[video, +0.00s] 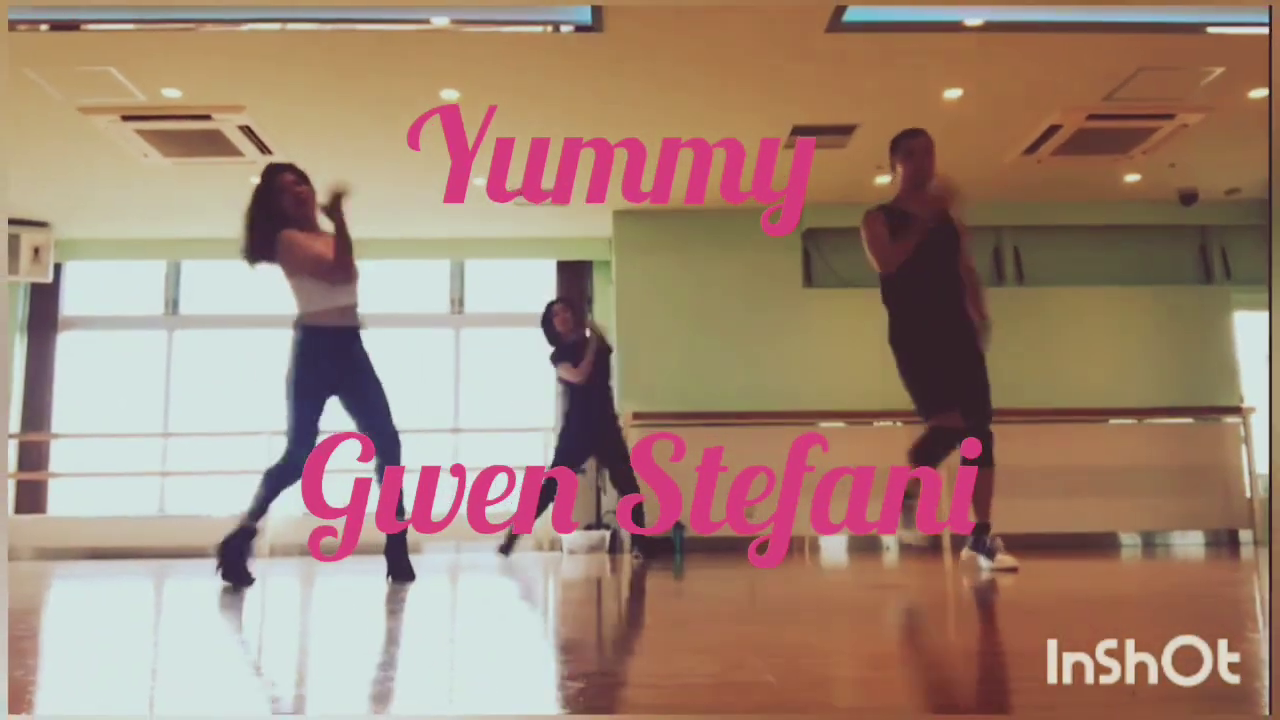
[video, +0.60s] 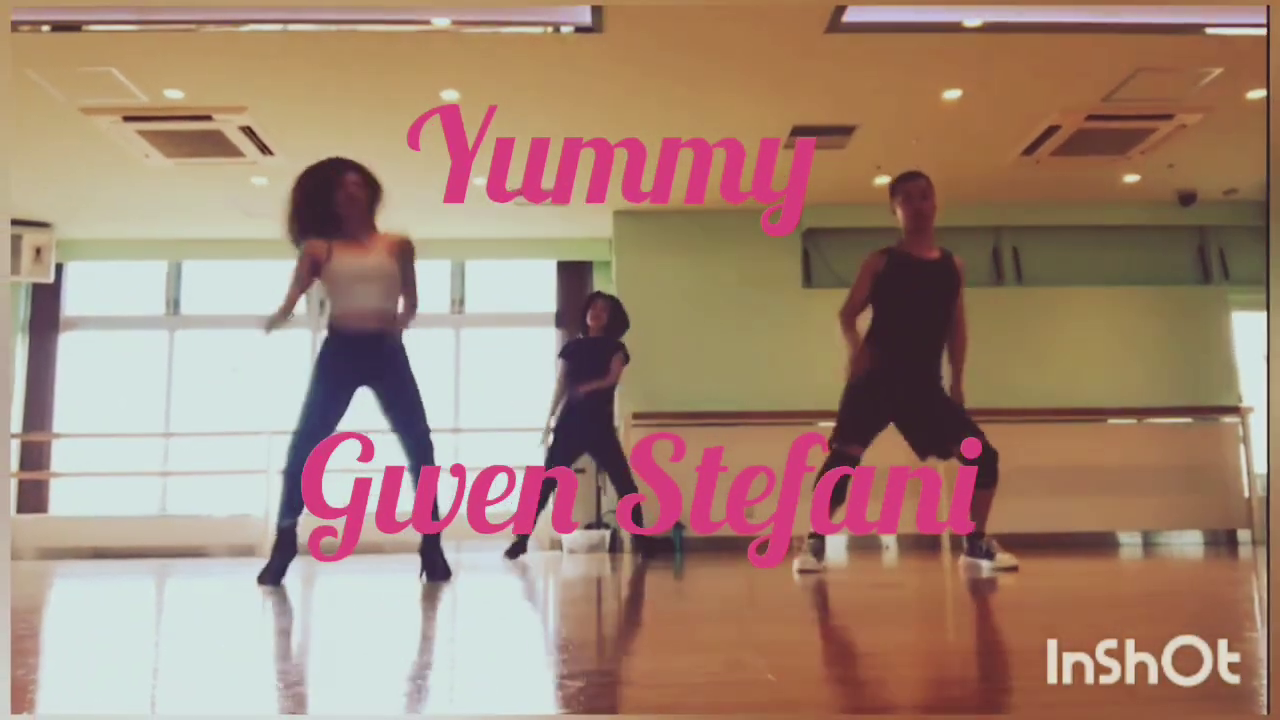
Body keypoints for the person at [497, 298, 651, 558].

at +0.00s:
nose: (564, 316)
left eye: (566, 310)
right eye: (557, 315)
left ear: (575, 314)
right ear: (551, 325)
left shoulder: (596, 344)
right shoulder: (559, 356)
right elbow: (579, 376)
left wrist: (595, 330)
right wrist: (594, 343)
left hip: (606, 425)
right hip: (578, 427)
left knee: (627, 483)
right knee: (552, 484)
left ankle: (639, 542)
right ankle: (514, 533)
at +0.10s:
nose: (574, 307)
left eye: (578, 301)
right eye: (568, 305)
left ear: (587, 306)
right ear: (562, 315)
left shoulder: (608, 335)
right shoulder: (565, 346)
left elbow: (625, 364)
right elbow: (578, 366)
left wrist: (601, 373)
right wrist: (581, 327)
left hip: (617, 417)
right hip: (587, 420)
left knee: (630, 477)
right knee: (583, 477)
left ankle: (640, 537)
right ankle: (559, 532)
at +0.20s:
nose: (584, 308)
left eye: (589, 304)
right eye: (579, 304)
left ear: (598, 309)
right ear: (572, 310)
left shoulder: (615, 337)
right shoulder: (570, 344)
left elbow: (642, 364)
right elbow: (572, 370)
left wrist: (635, 393)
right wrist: (575, 333)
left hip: (622, 414)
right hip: (594, 418)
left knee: (635, 474)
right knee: (609, 478)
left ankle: (641, 532)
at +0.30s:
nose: (592, 316)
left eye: (598, 312)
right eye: (588, 312)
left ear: (606, 318)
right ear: (581, 317)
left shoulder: (620, 347)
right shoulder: (577, 351)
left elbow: (652, 373)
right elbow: (566, 379)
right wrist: (564, 345)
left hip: (625, 421)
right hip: (596, 425)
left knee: (638, 479)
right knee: (616, 480)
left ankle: (646, 535)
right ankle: (632, 538)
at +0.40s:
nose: (598, 313)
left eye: (604, 310)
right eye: (594, 309)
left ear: (612, 316)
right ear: (587, 314)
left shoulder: (622, 347)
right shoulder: (576, 351)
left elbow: (645, 370)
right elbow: (566, 384)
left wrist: (665, 371)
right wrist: (562, 380)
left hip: (624, 421)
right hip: (594, 424)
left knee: (637, 477)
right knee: (597, 480)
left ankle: (642, 534)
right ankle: (600, 531)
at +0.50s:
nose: (599, 310)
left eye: (605, 307)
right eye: (596, 305)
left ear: (614, 313)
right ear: (588, 310)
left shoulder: (619, 342)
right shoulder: (576, 343)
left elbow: (625, 362)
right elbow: (566, 375)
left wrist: (621, 364)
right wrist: (557, 395)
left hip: (615, 417)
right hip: (585, 417)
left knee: (631, 476)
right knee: (571, 474)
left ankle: (641, 534)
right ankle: (554, 530)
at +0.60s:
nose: (595, 313)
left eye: (602, 310)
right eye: (593, 308)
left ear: (611, 318)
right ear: (586, 313)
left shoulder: (615, 347)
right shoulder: (572, 347)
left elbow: (613, 379)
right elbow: (562, 386)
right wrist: (550, 421)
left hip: (600, 425)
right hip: (570, 423)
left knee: (623, 481)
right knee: (547, 479)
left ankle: (639, 537)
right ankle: (521, 537)